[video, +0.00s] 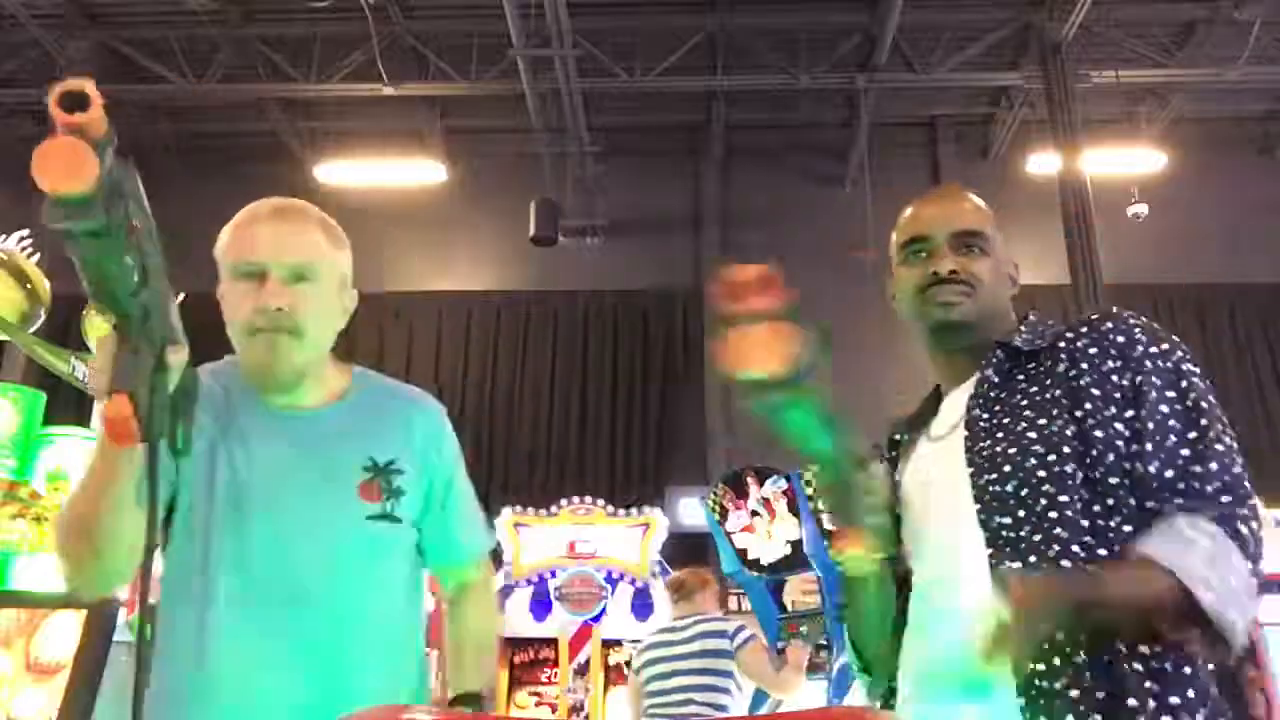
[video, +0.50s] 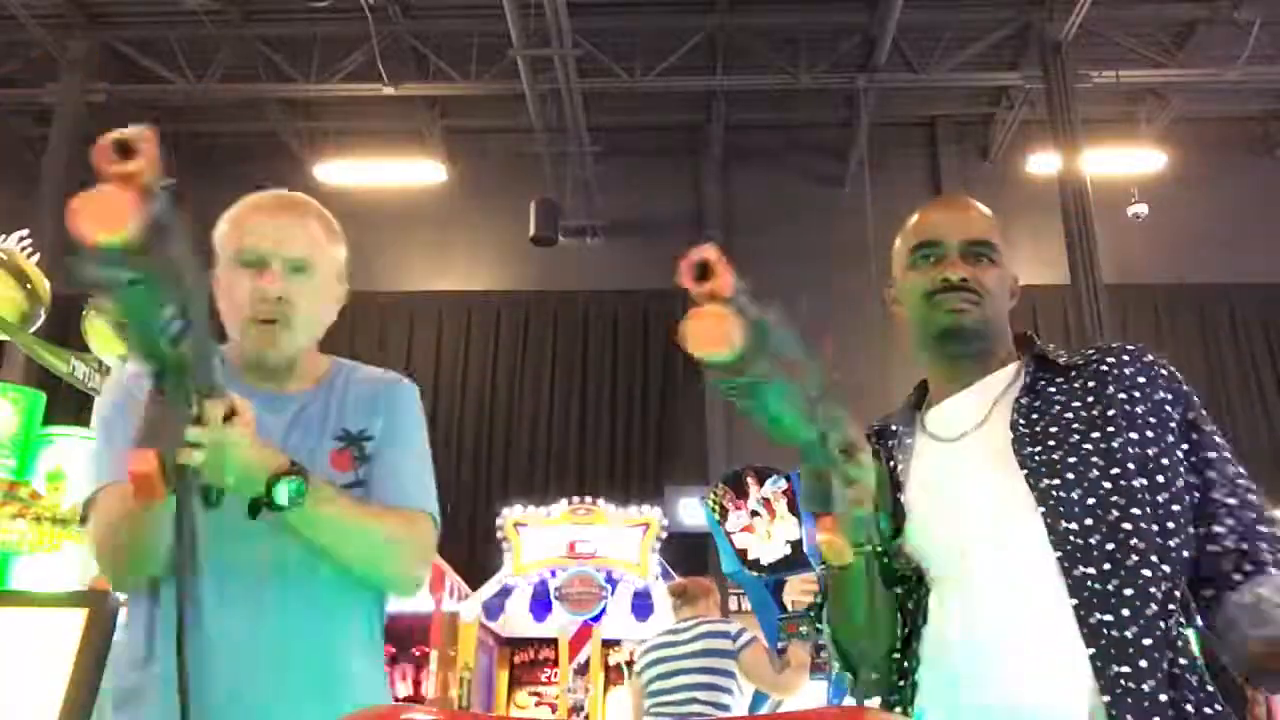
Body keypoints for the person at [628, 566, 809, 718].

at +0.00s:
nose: (719, 607)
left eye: (718, 599)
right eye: (716, 599)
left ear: (672, 602)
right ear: (705, 595)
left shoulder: (645, 645)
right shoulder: (728, 628)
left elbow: (637, 712)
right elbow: (782, 687)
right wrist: (797, 663)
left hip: (659, 715)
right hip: (712, 713)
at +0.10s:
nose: (716, 606)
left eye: (714, 599)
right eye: (714, 599)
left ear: (671, 604)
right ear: (708, 595)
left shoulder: (644, 645)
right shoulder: (729, 630)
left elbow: (636, 712)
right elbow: (783, 685)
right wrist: (799, 660)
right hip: (714, 712)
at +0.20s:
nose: (717, 608)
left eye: (714, 600)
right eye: (714, 601)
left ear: (671, 607)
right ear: (708, 598)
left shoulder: (645, 646)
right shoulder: (730, 631)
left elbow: (636, 713)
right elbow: (783, 683)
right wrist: (799, 657)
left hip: (659, 715)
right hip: (713, 713)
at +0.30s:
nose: (719, 610)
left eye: (716, 604)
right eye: (716, 604)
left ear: (674, 608)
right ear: (711, 601)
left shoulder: (646, 649)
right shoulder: (730, 631)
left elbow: (638, 714)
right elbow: (780, 685)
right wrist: (800, 659)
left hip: (660, 715)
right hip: (714, 713)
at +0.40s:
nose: (720, 610)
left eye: (718, 605)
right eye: (718, 604)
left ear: (674, 609)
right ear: (712, 601)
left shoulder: (646, 649)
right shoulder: (730, 631)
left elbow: (638, 713)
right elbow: (782, 685)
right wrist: (800, 659)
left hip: (661, 714)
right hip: (714, 712)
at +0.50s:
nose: (721, 611)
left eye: (719, 606)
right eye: (719, 605)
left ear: (675, 610)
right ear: (713, 602)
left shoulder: (646, 649)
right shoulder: (731, 632)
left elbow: (638, 714)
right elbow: (782, 687)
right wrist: (801, 661)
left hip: (660, 715)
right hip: (713, 712)